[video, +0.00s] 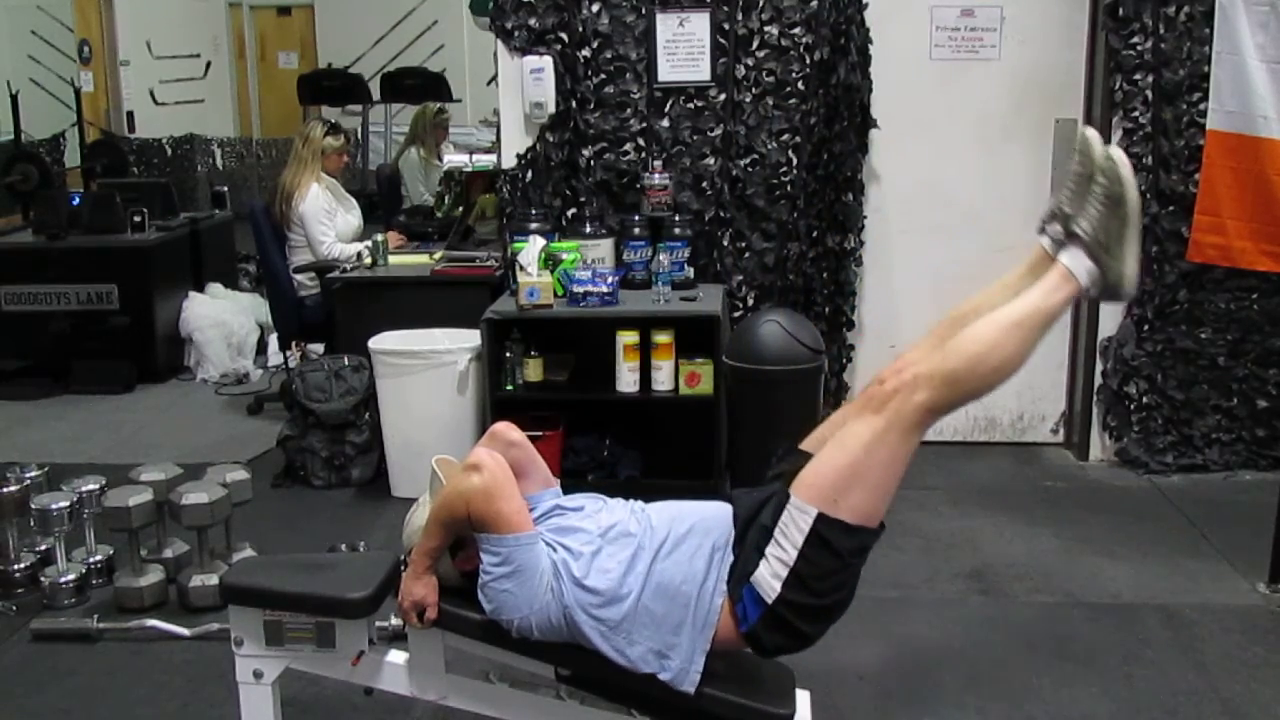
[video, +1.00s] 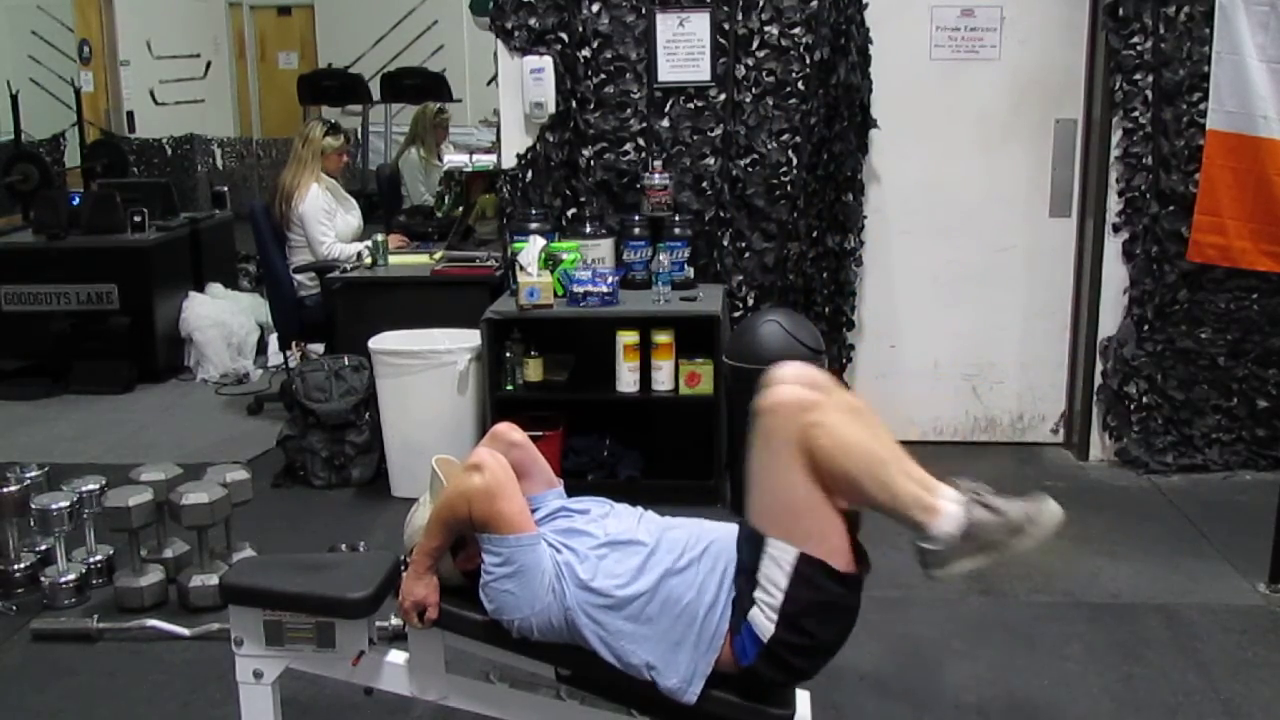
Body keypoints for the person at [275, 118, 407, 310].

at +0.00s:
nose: (346, 160)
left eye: (346, 154)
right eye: (340, 154)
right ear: (320, 155)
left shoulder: (323, 185)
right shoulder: (312, 192)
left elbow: (335, 244)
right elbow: (327, 252)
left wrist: (377, 243)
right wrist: (378, 245)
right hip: (318, 291)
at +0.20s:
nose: (346, 159)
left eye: (346, 153)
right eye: (340, 154)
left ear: (322, 155)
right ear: (320, 154)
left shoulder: (324, 185)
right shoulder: (312, 192)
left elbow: (334, 245)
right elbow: (326, 251)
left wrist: (377, 242)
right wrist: (378, 245)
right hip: (318, 292)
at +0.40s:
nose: (345, 160)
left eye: (346, 153)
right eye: (340, 154)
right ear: (320, 154)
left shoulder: (324, 186)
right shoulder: (312, 192)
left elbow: (334, 244)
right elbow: (326, 251)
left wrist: (377, 243)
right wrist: (378, 245)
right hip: (318, 294)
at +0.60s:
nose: (346, 160)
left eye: (346, 153)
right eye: (340, 154)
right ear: (319, 154)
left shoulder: (324, 186)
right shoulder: (312, 192)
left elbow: (334, 244)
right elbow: (326, 251)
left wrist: (377, 243)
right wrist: (377, 245)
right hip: (318, 294)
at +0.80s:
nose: (346, 159)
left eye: (346, 153)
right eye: (340, 154)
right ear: (319, 154)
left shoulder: (324, 186)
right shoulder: (312, 192)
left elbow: (334, 244)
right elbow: (326, 251)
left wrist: (376, 243)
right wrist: (378, 246)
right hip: (318, 292)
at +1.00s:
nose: (346, 159)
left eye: (346, 153)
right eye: (340, 154)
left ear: (323, 155)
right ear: (320, 154)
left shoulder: (323, 186)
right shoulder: (312, 192)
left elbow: (333, 245)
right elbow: (326, 251)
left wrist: (377, 243)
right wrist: (378, 245)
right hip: (318, 292)